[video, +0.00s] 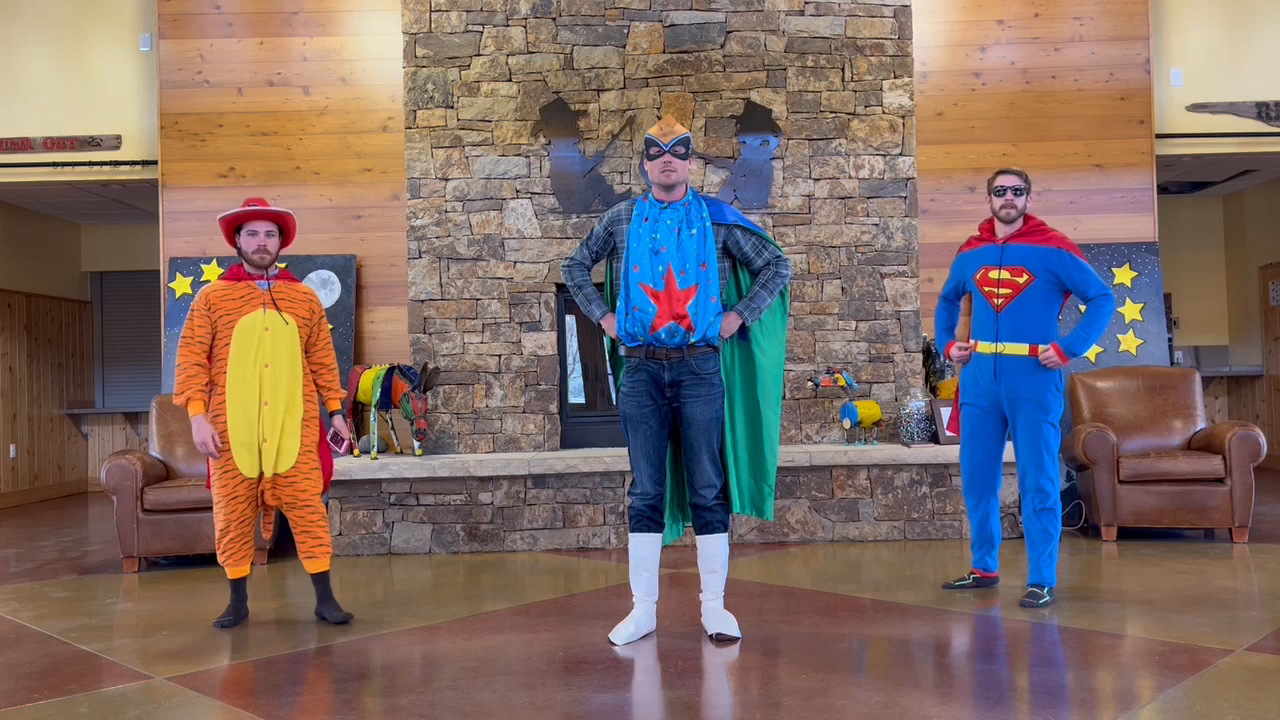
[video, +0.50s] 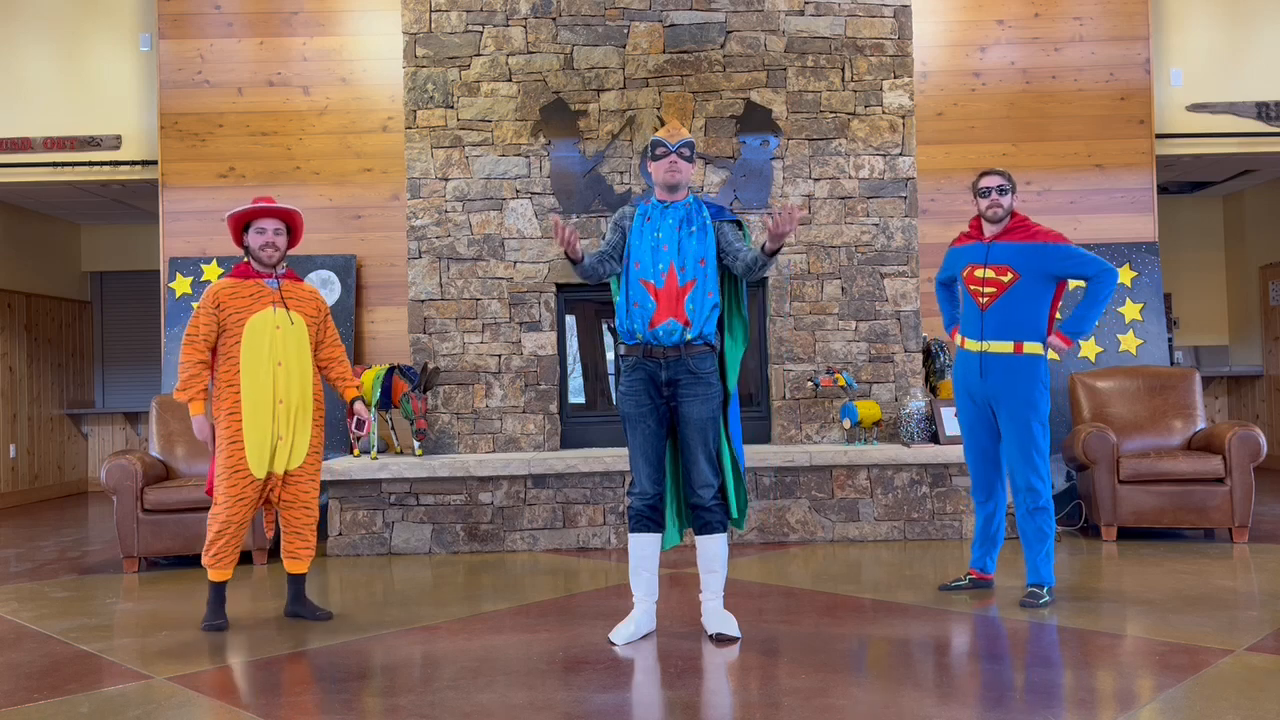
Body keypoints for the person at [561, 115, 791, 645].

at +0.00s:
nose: (668, 161)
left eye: (678, 153)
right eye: (657, 153)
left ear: (692, 162)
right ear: (644, 163)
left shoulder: (715, 216)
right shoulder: (622, 216)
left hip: (700, 366)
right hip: (640, 366)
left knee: (706, 487)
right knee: (646, 489)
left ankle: (714, 608)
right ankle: (643, 611)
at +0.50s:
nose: (674, 159)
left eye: (683, 154)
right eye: (663, 154)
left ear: (695, 168)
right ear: (647, 168)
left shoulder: (713, 217)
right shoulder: (628, 218)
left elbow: (745, 266)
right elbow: (604, 267)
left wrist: (769, 246)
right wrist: (578, 256)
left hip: (696, 364)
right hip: (639, 366)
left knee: (705, 484)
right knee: (645, 488)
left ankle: (714, 608)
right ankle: (643, 609)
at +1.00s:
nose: (669, 164)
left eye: (680, 157)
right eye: (659, 157)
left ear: (695, 167)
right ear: (648, 168)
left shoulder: (715, 218)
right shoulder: (632, 217)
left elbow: (751, 262)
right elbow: (599, 265)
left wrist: (780, 230)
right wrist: (580, 237)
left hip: (699, 364)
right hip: (640, 366)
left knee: (706, 485)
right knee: (646, 487)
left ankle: (714, 608)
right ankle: (643, 609)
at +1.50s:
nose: (671, 164)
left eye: (681, 156)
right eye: (660, 157)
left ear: (696, 166)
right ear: (647, 167)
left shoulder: (716, 217)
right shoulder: (632, 216)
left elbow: (752, 262)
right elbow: (597, 265)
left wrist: (781, 230)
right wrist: (577, 235)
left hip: (700, 365)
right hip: (641, 367)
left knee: (707, 485)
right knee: (646, 488)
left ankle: (714, 607)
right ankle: (644, 609)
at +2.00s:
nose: (671, 165)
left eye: (681, 157)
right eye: (661, 158)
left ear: (696, 166)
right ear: (648, 168)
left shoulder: (717, 217)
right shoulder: (632, 217)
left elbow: (752, 261)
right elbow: (597, 265)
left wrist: (781, 230)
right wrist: (576, 237)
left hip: (700, 365)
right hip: (642, 367)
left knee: (707, 485)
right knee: (646, 488)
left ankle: (714, 607)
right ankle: (644, 609)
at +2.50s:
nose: (645, 164)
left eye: (656, 155)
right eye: (642, 159)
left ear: (685, 163)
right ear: (643, 170)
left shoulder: (720, 220)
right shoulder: (637, 222)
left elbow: (753, 286)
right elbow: (605, 291)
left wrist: (774, 257)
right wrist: (595, 263)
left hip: (700, 366)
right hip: (641, 367)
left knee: (706, 484)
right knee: (647, 487)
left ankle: (713, 608)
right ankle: (644, 610)